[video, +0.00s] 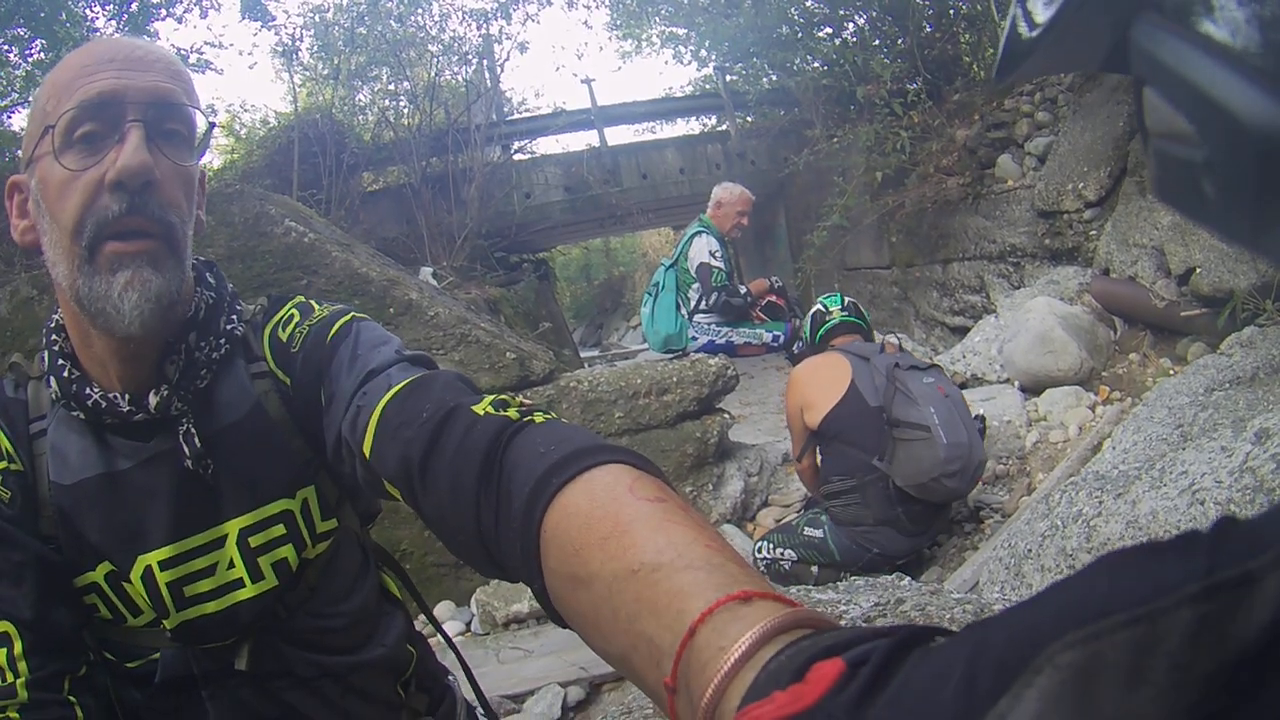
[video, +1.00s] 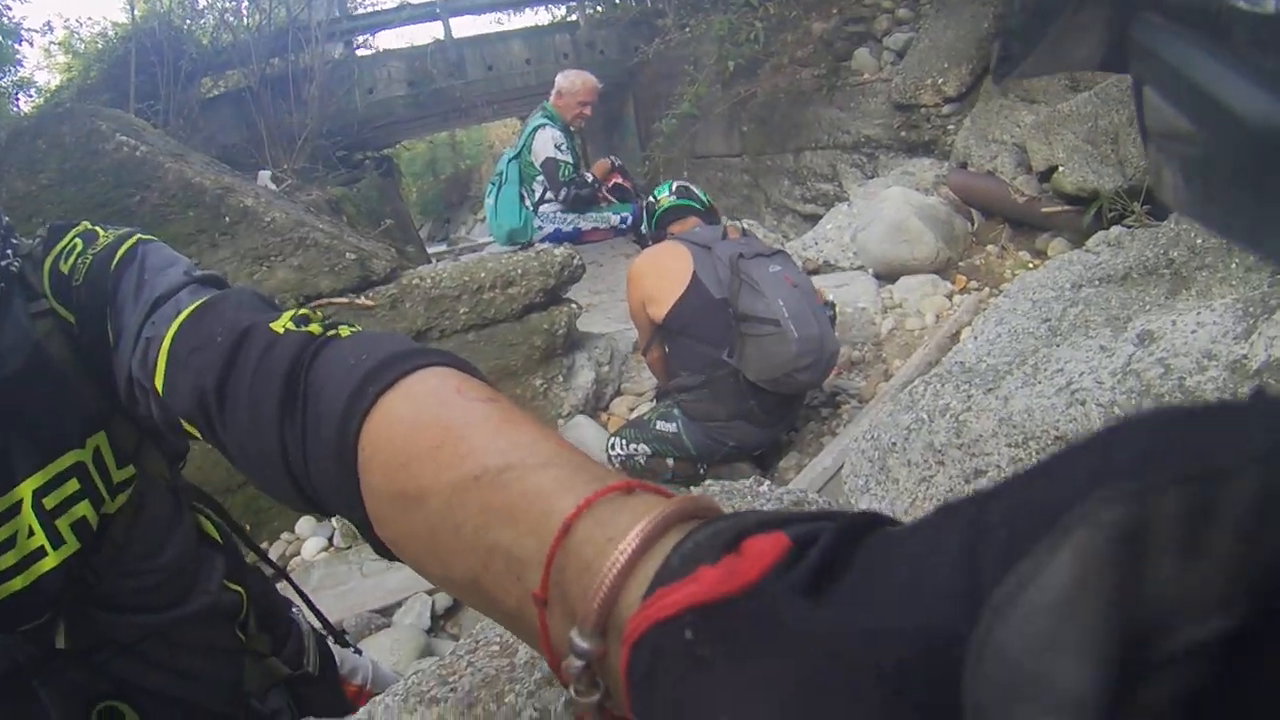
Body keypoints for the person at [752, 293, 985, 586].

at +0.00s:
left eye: (803, 338)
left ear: (812, 339)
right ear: (866, 330)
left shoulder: (805, 375)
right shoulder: (897, 357)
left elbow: (805, 464)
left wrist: (830, 503)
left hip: (873, 535)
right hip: (931, 518)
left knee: (766, 550)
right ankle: (908, 560)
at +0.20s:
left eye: (803, 336)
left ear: (813, 334)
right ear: (866, 327)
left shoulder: (807, 371)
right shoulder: (896, 355)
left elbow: (806, 461)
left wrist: (831, 502)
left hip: (874, 531)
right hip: (933, 514)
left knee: (766, 550)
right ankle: (909, 556)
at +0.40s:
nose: (766, 365)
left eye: (769, 357)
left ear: (777, 356)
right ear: (829, 347)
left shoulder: (775, 394)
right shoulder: (862, 371)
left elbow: (776, 483)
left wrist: (799, 521)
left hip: (848, 551)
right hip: (904, 532)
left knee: (735, 566)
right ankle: (878, 578)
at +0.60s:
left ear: (664, 303)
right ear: (725, 286)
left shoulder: (667, 338)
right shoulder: (757, 312)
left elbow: (668, 424)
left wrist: (695, 461)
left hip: (739, 495)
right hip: (799, 476)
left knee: (626, 519)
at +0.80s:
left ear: (642, 262)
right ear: (704, 244)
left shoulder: (639, 296)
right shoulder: (735, 270)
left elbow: (646, 385)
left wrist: (669, 419)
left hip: (718, 459)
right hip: (778, 437)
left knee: (609, 474)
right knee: (659, 430)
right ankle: (753, 477)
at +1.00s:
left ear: (652, 231)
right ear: (711, 214)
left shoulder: (646, 266)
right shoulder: (745, 240)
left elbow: (654, 356)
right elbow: (819, 303)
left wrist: (674, 394)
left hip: (721, 425)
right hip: (784, 408)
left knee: (621, 448)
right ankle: (768, 449)